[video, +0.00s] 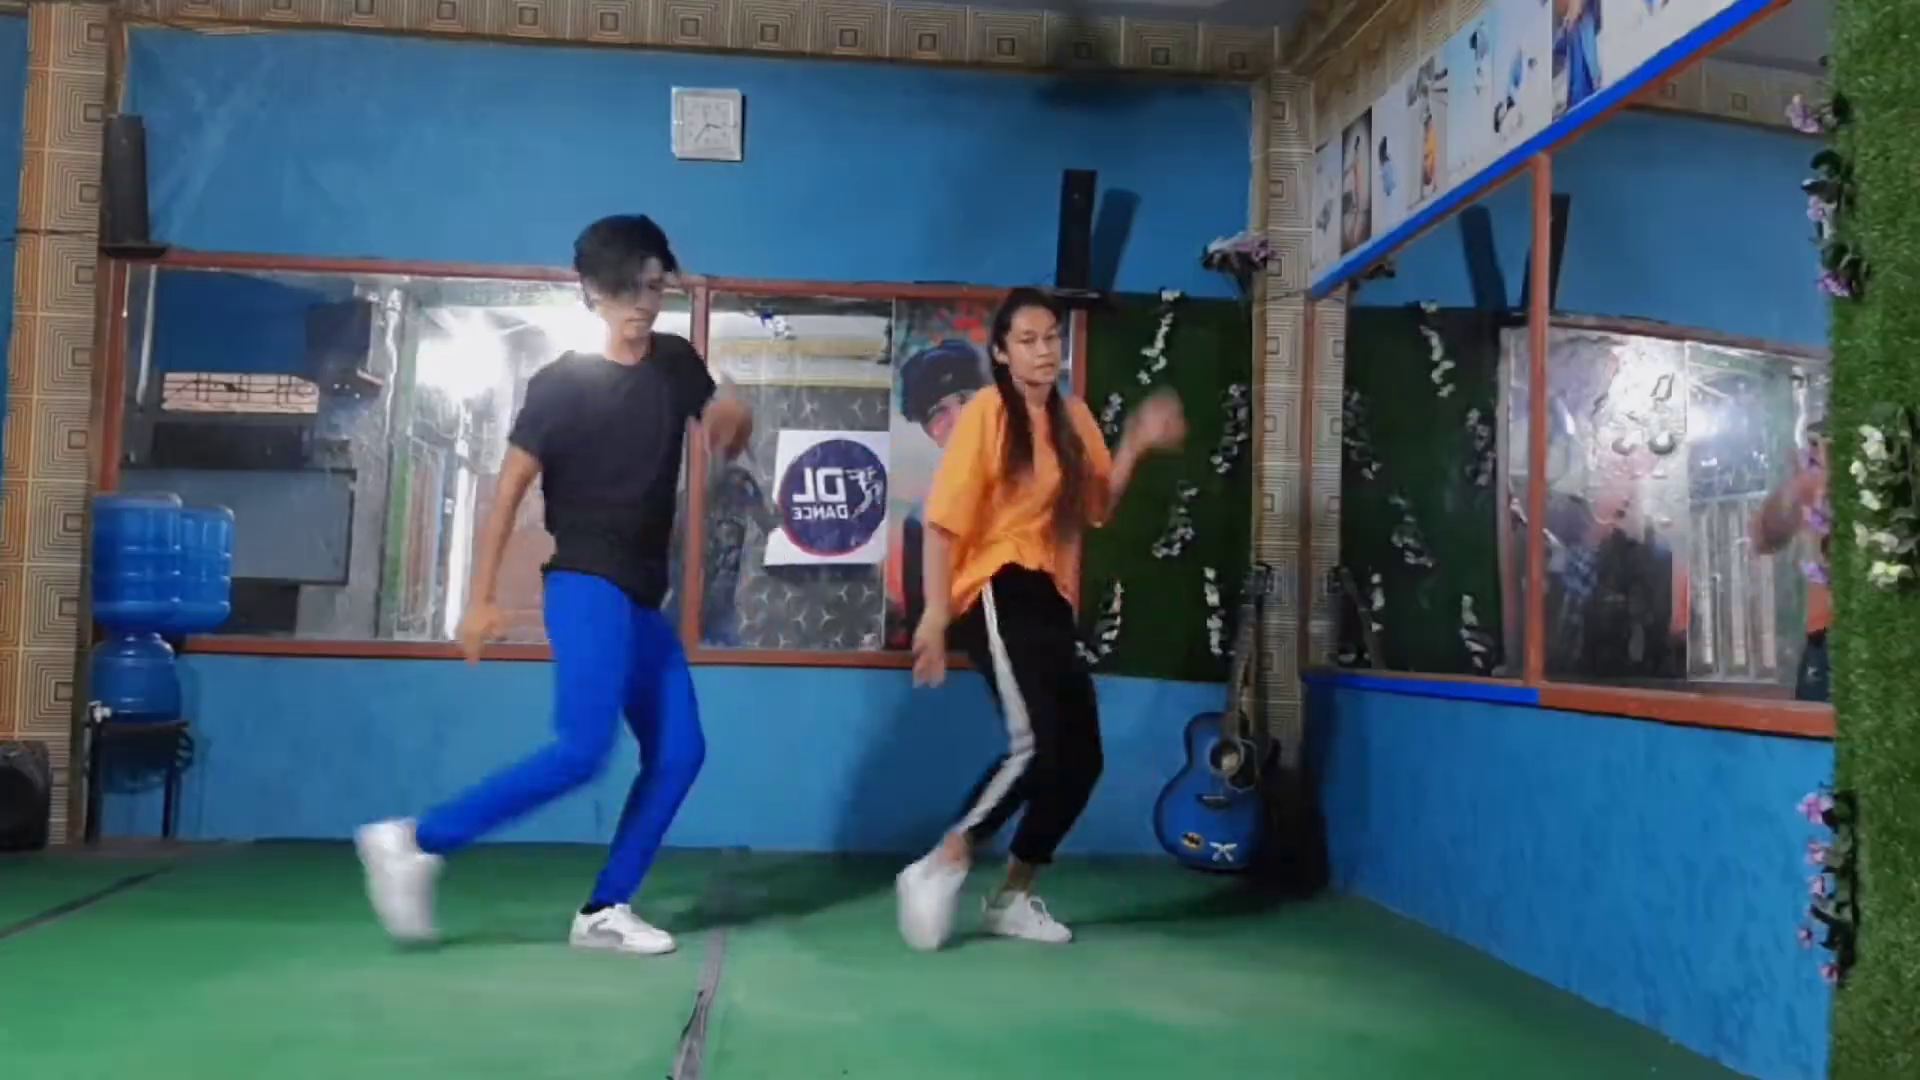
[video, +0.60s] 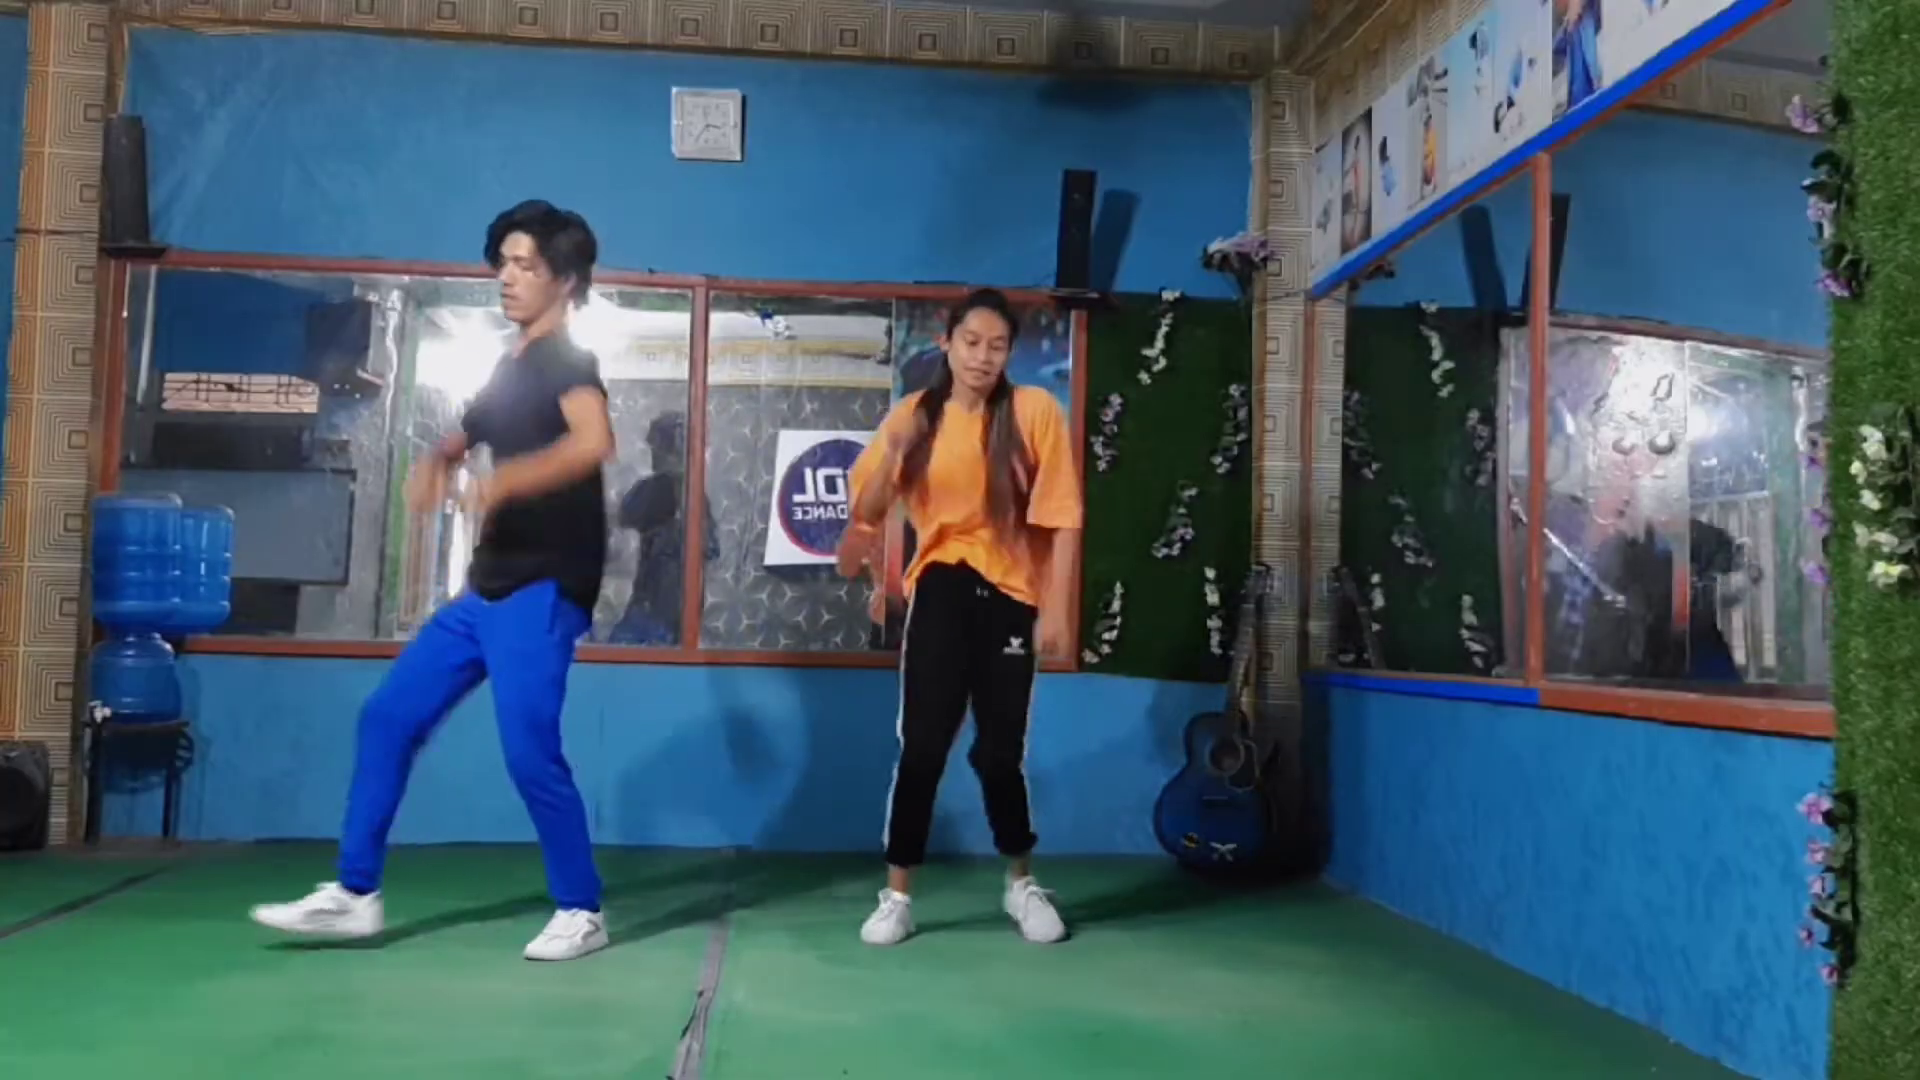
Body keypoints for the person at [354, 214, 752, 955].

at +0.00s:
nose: (646, 307)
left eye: (655, 291)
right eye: (630, 293)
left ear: (667, 288)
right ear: (593, 295)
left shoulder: (676, 362)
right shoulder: (561, 384)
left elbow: (727, 434)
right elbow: (509, 490)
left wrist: (735, 409)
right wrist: (482, 598)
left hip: (642, 601)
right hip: (586, 589)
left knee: (681, 751)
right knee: (582, 751)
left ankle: (606, 911)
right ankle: (412, 842)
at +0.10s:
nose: (644, 298)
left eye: (648, 282)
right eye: (634, 283)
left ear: (648, 285)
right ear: (608, 285)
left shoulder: (665, 366)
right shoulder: (562, 378)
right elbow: (507, 482)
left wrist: (726, 394)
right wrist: (475, 578)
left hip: (638, 591)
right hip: (566, 586)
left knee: (666, 744)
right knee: (495, 722)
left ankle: (613, 904)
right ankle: (377, 853)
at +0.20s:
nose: (630, 282)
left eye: (640, 267)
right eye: (613, 269)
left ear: (653, 274)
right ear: (579, 276)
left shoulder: (671, 356)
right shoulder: (535, 351)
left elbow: (730, 436)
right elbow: (498, 460)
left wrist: (691, 462)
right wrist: (475, 561)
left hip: (624, 587)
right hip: (530, 576)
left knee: (615, 746)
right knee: (443, 714)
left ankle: (595, 903)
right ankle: (436, 891)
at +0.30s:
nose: (598, 281)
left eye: (612, 266)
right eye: (583, 268)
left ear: (636, 275)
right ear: (563, 279)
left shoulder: (664, 367)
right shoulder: (523, 351)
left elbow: (705, 468)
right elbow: (489, 448)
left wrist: (678, 559)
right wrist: (472, 539)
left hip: (597, 585)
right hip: (510, 574)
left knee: (563, 738)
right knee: (439, 723)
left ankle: (576, 907)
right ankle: (438, 899)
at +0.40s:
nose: (555, 281)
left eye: (572, 266)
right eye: (546, 268)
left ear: (615, 276)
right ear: (538, 277)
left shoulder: (640, 369)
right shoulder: (522, 361)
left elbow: (662, 490)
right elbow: (499, 474)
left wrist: (628, 602)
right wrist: (463, 566)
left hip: (571, 595)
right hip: (493, 586)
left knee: (549, 749)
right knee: (417, 723)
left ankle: (576, 912)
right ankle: (435, 894)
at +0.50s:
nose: (528, 284)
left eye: (543, 269)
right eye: (522, 271)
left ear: (588, 279)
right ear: (519, 280)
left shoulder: (607, 371)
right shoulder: (522, 377)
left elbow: (617, 496)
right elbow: (499, 486)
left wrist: (550, 601)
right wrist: (446, 564)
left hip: (553, 604)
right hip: (490, 593)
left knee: (542, 758)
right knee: (409, 731)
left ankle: (578, 914)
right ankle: (382, 904)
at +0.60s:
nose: (508, 279)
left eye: (524, 266)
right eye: (504, 266)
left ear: (566, 278)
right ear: (501, 276)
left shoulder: (567, 360)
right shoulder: (513, 367)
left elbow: (595, 442)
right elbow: (465, 436)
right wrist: (436, 470)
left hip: (545, 591)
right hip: (484, 592)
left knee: (531, 752)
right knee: (388, 717)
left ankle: (580, 911)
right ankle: (353, 892)